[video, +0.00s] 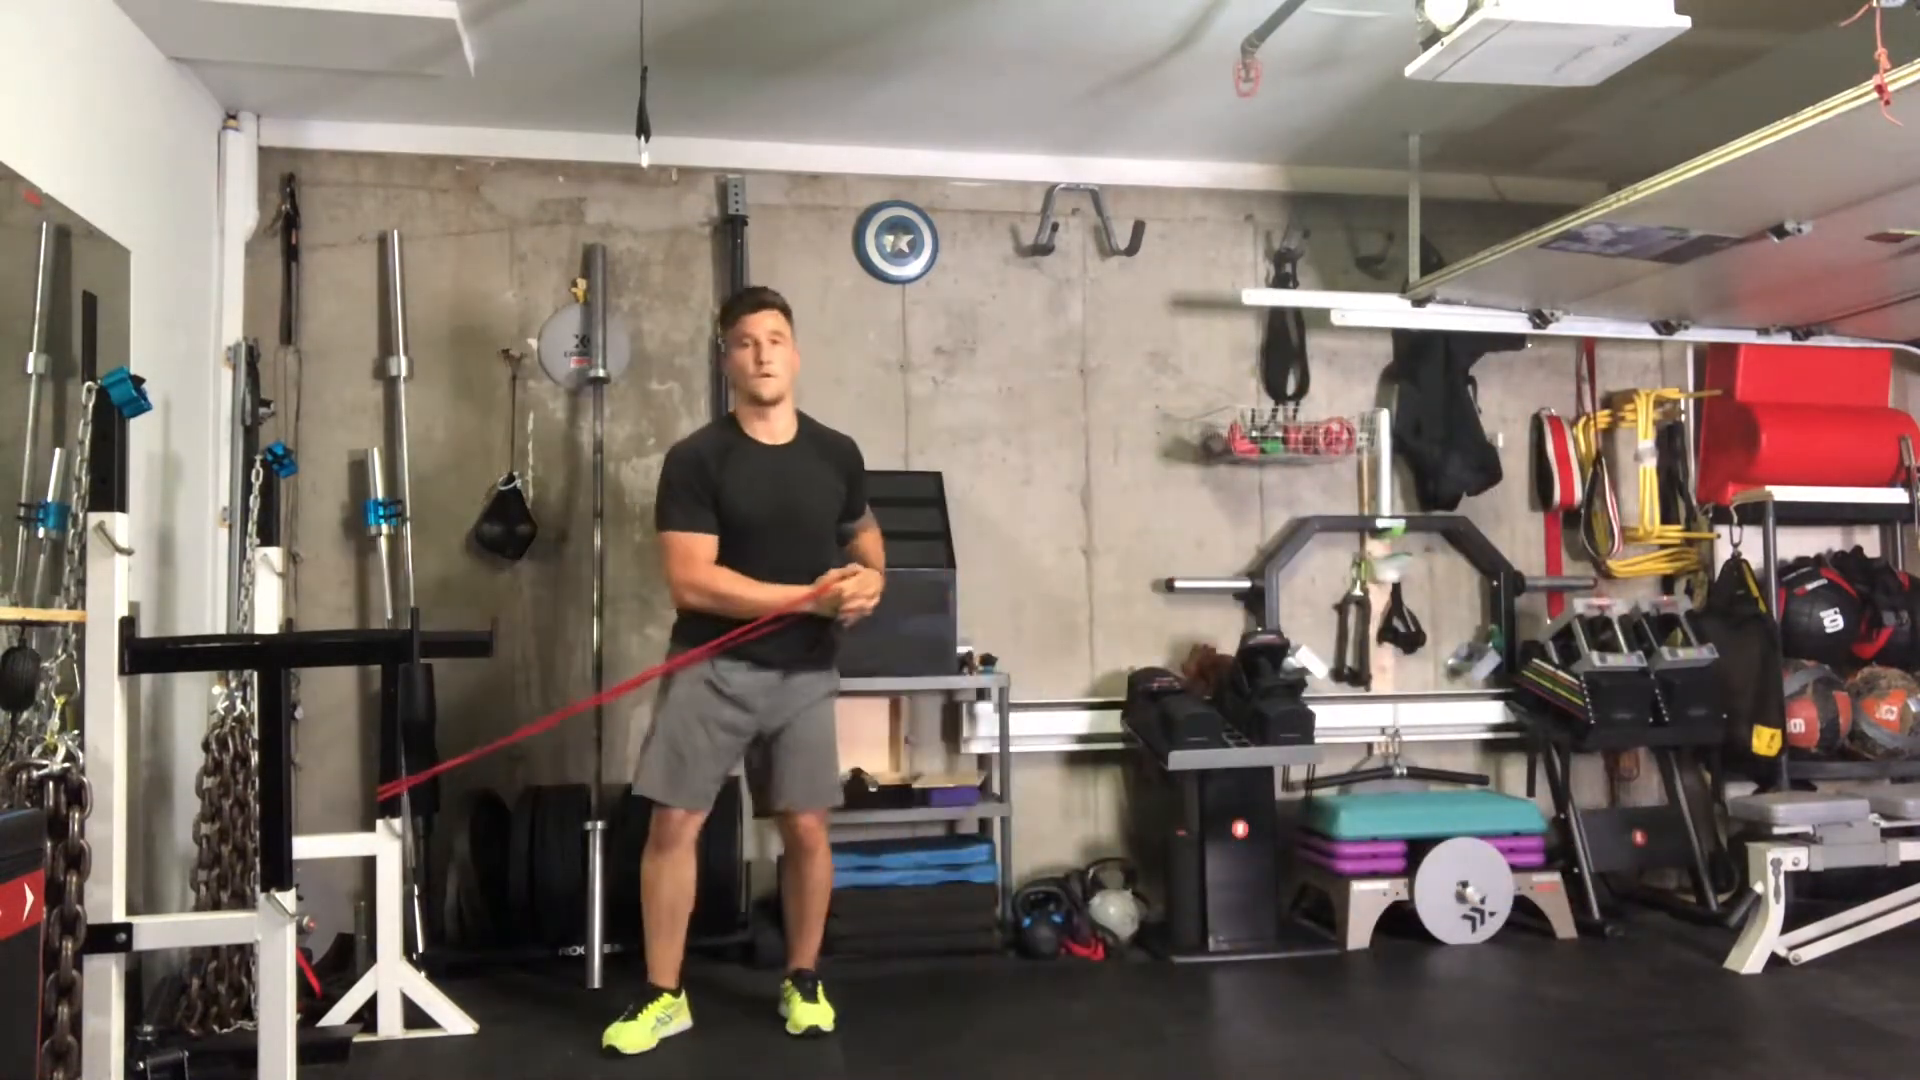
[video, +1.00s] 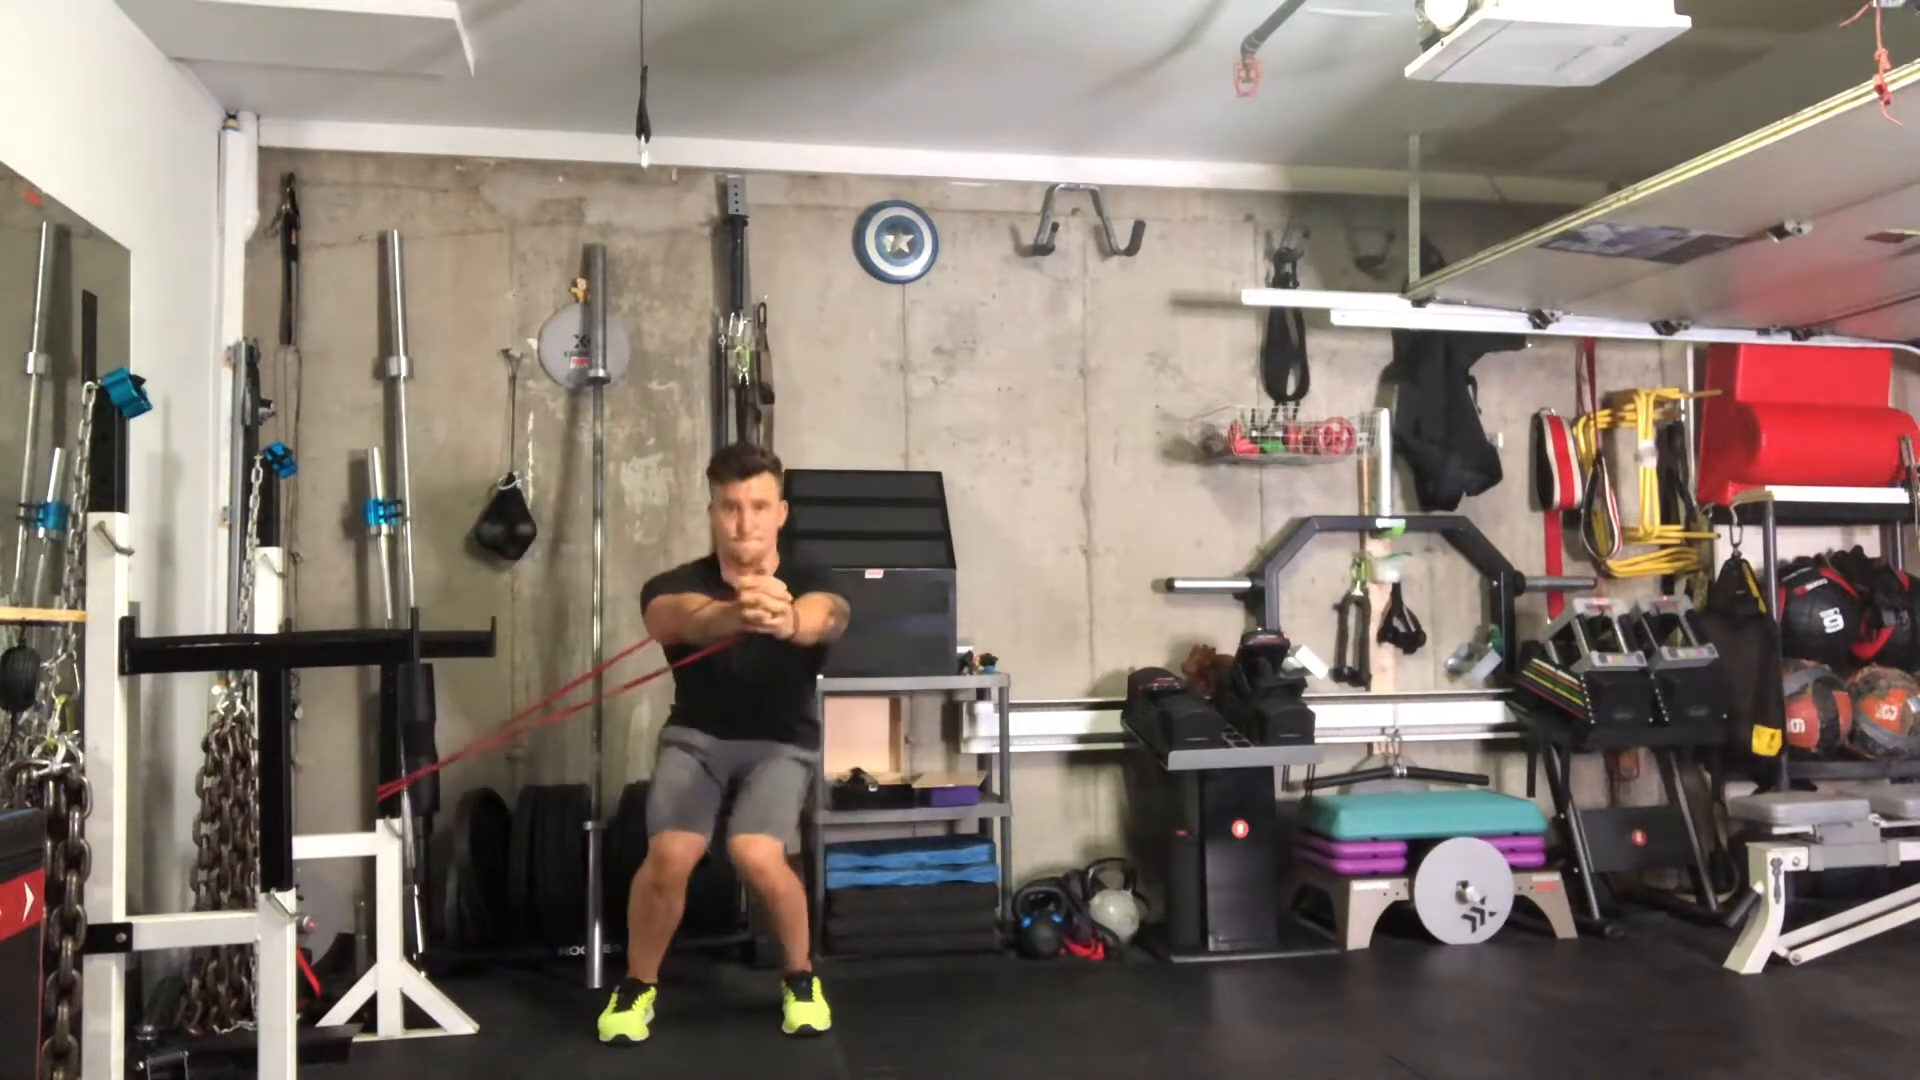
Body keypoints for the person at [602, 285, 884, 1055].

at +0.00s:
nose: (762, 354)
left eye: (774, 340)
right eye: (746, 343)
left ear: (797, 355)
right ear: (725, 361)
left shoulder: (837, 455)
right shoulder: (694, 460)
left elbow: (867, 546)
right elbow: (689, 581)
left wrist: (871, 582)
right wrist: (809, 596)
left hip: (805, 676)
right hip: (712, 672)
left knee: (807, 827)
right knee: (673, 824)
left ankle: (803, 982)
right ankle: (665, 995)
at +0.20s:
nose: (763, 360)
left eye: (777, 346)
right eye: (748, 348)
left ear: (799, 360)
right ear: (728, 364)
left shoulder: (839, 460)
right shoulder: (691, 462)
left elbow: (870, 550)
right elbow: (675, 579)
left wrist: (849, 587)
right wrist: (785, 602)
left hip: (803, 678)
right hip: (707, 673)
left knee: (810, 824)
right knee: (662, 815)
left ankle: (804, 983)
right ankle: (633, 982)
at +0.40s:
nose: (744, 397)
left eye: (760, 383)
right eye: (732, 385)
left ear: (783, 396)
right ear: (713, 397)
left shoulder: (820, 493)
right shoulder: (672, 490)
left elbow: (846, 602)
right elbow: (657, 597)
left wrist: (795, 608)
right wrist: (731, 598)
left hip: (787, 688)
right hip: (692, 685)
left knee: (798, 823)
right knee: (653, 828)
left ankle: (805, 977)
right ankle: (635, 987)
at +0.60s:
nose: (739, 466)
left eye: (754, 451)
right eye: (726, 452)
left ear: (776, 460)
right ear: (707, 461)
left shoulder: (810, 541)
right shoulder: (665, 548)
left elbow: (815, 595)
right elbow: (683, 604)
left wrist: (788, 608)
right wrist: (728, 609)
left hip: (783, 721)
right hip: (691, 718)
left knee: (791, 837)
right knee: (655, 839)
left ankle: (804, 980)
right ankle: (636, 987)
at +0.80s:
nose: (739, 496)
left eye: (754, 480)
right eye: (726, 482)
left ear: (777, 488)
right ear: (707, 489)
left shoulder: (807, 566)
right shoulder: (667, 567)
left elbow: (818, 597)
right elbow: (673, 606)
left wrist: (788, 606)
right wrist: (733, 599)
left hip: (781, 735)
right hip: (693, 732)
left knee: (770, 841)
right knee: (665, 847)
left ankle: (802, 980)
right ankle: (637, 989)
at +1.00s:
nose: (744, 524)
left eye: (759, 508)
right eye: (730, 509)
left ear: (782, 513)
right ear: (711, 513)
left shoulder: (812, 584)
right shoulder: (671, 588)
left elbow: (825, 615)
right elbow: (684, 623)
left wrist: (792, 620)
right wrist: (739, 613)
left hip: (780, 747)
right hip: (694, 740)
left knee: (754, 849)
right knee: (670, 852)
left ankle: (800, 979)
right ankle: (638, 989)